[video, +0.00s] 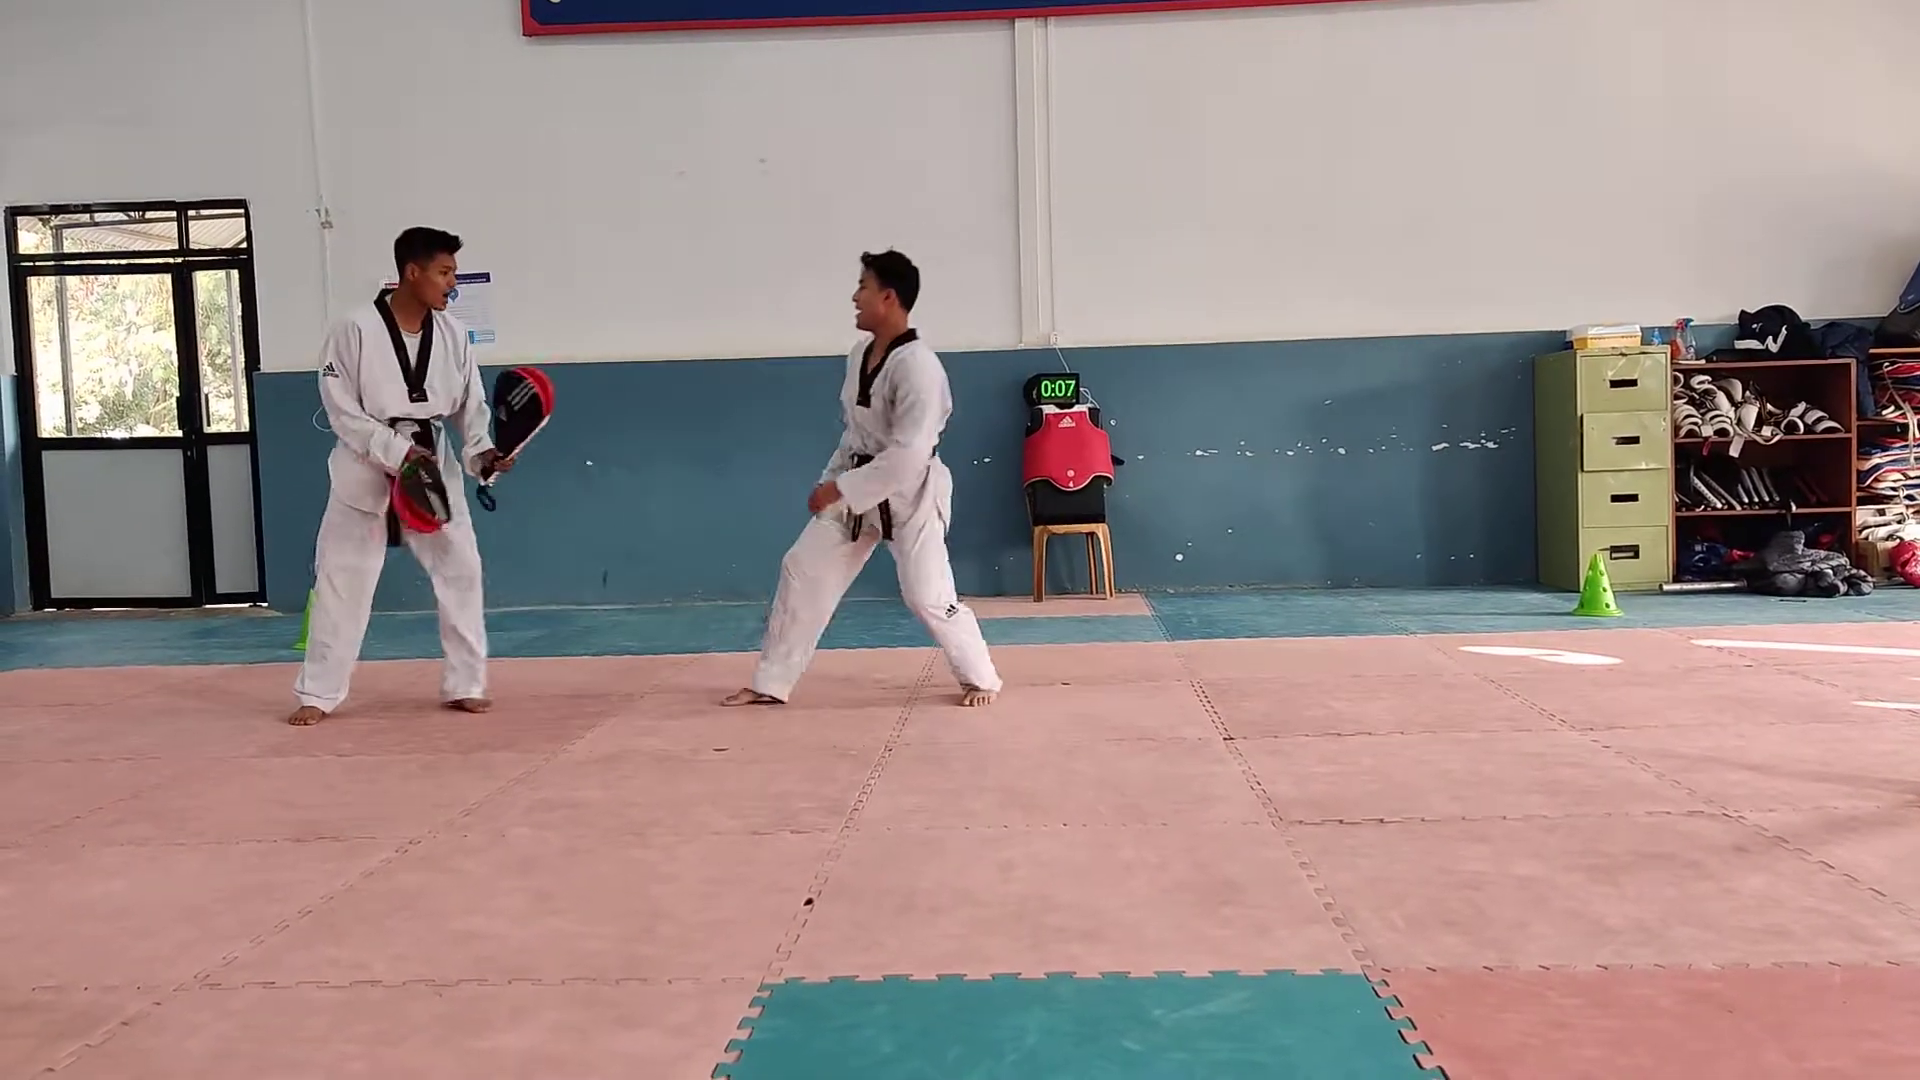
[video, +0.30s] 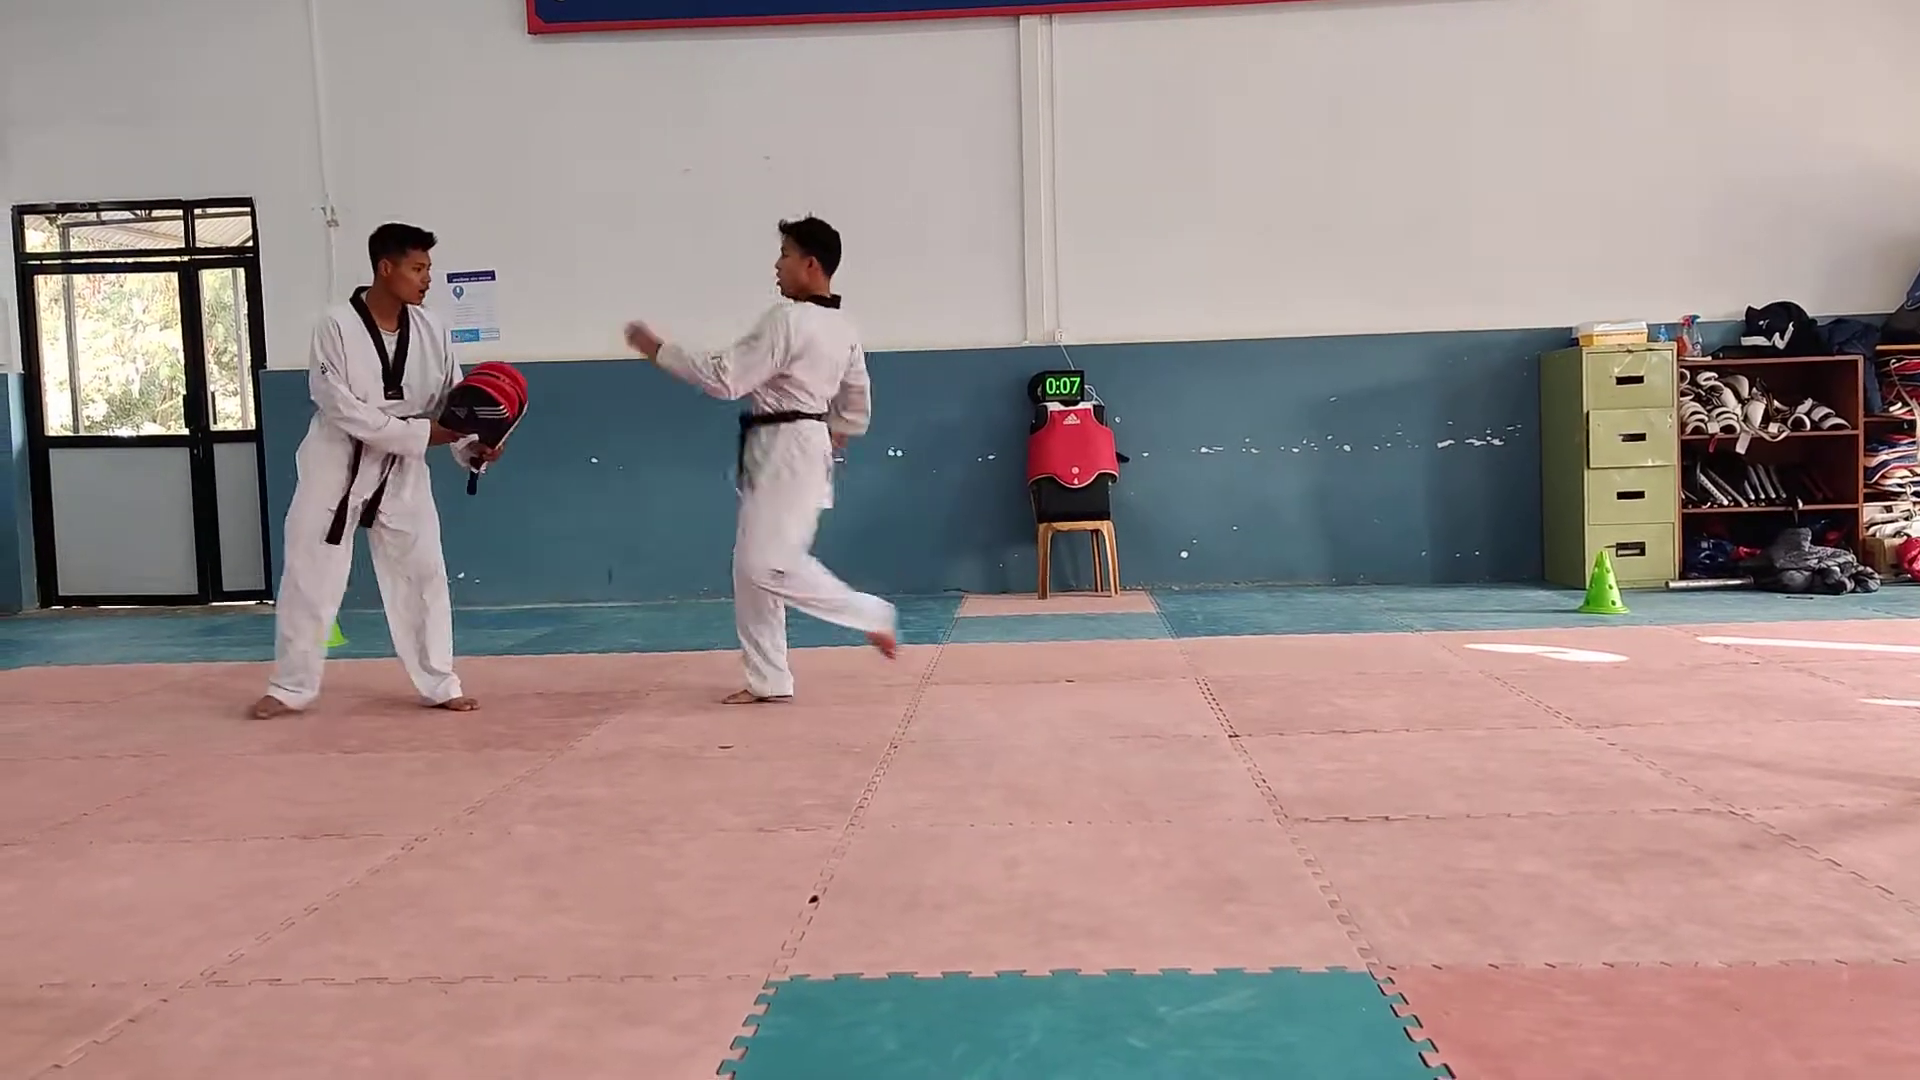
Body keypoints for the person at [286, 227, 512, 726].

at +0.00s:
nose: (453, 283)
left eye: (454, 273)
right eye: (444, 273)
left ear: (427, 275)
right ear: (411, 273)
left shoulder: (452, 334)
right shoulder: (351, 330)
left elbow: (470, 403)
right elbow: (343, 414)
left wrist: (479, 451)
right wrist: (396, 450)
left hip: (433, 462)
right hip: (365, 462)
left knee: (462, 566)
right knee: (342, 572)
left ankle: (466, 685)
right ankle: (318, 694)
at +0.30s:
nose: (428, 277)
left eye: (429, 268)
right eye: (419, 268)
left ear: (406, 271)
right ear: (385, 269)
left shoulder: (430, 329)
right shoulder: (335, 325)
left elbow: (448, 408)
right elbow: (340, 409)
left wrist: (474, 448)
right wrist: (419, 433)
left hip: (404, 460)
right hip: (336, 459)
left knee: (423, 569)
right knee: (310, 568)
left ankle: (439, 683)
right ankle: (292, 688)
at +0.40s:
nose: (404, 276)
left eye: (404, 267)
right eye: (394, 267)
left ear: (386, 271)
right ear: (361, 268)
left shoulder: (411, 333)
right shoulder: (315, 330)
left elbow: (436, 406)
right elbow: (333, 412)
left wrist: (466, 443)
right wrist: (416, 428)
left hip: (390, 464)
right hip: (319, 463)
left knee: (416, 573)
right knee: (277, 568)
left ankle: (439, 684)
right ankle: (241, 681)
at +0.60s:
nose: (341, 292)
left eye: (341, 283)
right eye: (331, 283)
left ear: (316, 286)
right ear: (297, 285)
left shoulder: (349, 340)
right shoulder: (258, 349)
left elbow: (384, 403)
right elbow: (275, 422)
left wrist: (426, 447)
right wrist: (368, 435)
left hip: (346, 478)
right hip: (279, 482)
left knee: (403, 573)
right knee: (233, 588)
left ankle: (438, 684)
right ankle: (189, 692)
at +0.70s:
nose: (337, 300)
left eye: (337, 290)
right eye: (327, 290)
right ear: (294, 293)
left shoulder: (350, 354)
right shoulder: (252, 359)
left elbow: (369, 433)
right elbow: (239, 443)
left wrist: (392, 480)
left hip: (347, 487)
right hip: (275, 489)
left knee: (406, 573)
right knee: (234, 594)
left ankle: (438, 684)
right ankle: (194, 695)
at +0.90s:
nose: (402, 306)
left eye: (402, 297)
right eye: (393, 296)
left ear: (375, 299)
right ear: (361, 297)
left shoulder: (393, 360)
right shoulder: (306, 355)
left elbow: (397, 438)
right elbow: (272, 434)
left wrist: (401, 485)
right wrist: (339, 479)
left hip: (376, 490)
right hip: (308, 492)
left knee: (431, 567)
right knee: (254, 592)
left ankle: (448, 684)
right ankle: (198, 693)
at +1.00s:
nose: (452, 302)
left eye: (453, 292)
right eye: (446, 291)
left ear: (424, 292)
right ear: (414, 288)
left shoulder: (423, 357)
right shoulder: (366, 342)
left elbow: (408, 436)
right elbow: (350, 417)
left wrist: (427, 479)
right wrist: (430, 458)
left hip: (399, 479)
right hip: (345, 475)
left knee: (446, 568)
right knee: (294, 585)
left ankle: (450, 683)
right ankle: (205, 676)